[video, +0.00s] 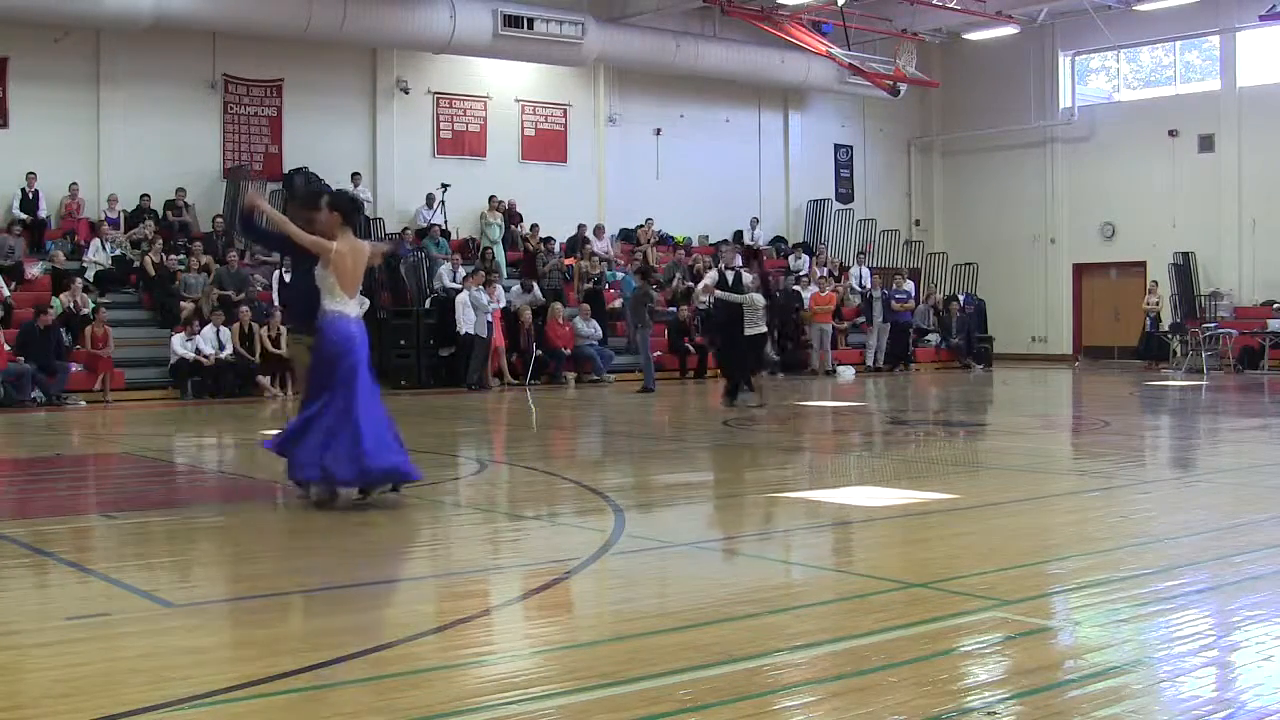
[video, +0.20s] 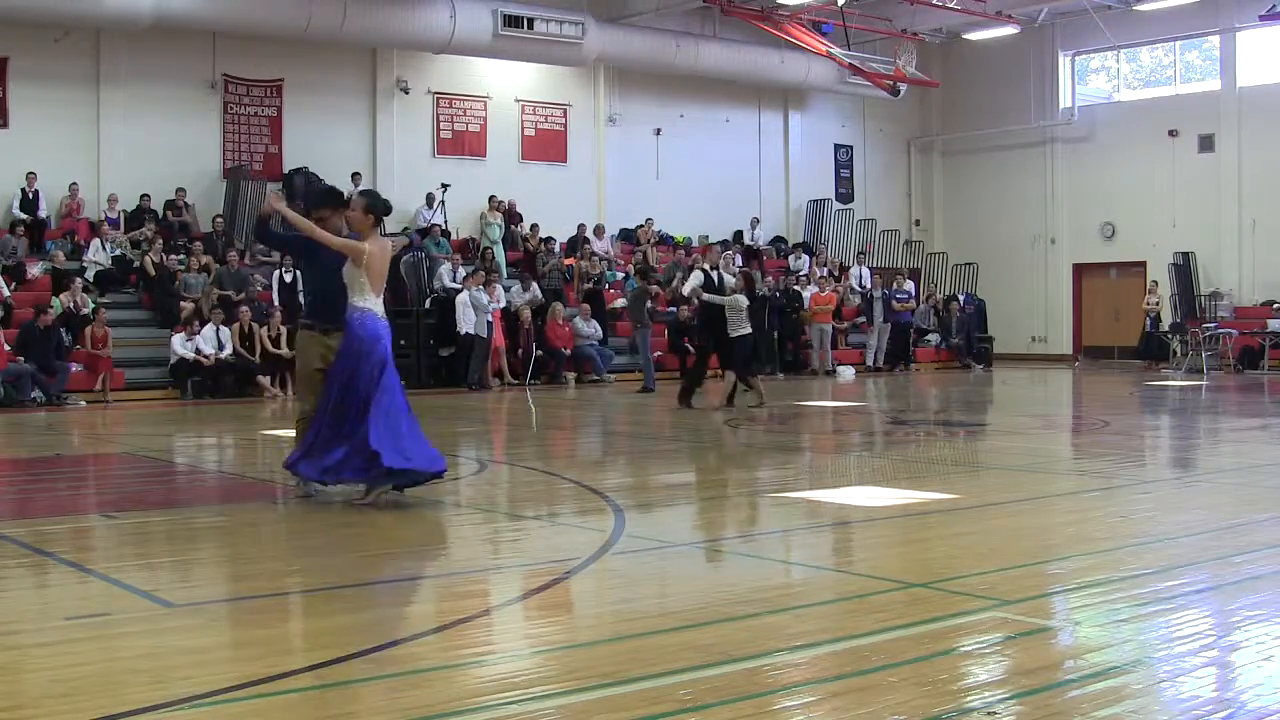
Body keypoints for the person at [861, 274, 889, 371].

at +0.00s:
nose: (874, 280)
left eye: (876, 278)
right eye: (873, 278)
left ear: (880, 281)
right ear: (871, 281)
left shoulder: (886, 294)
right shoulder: (867, 294)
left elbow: (889, 307)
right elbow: (866, 309)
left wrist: (888, 320)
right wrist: (868, 322)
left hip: (884, 322)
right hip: (873, 322)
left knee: (882, 344)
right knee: (871, 344)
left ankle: (879, 364)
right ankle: (869, 363)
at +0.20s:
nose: (874, 281)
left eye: (877, 279)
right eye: (873, 279)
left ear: (881, 281)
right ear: (871, 281)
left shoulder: (886, 294)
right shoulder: (868, 294)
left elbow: (890, 308)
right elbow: (866, 310)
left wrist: (889, 320)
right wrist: (869, 323)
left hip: (885, 322)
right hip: (874, 322)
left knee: (882, 345)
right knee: (871, 344)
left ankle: (879, 364)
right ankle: (869, 363)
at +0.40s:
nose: (875, 280)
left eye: (877, 278)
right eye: (874, 278)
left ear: (881, 281)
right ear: (872, 281)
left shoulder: (886, 293)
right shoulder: (868, 294)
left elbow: (890, 308)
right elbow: (867, 309)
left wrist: (890, 320)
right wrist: (869, 322)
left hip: (885, 322)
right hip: (874, 323)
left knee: (882, 345)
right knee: (871, 344)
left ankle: (879, 364)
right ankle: (869, 364)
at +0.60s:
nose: (875, 280)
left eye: (877, 278)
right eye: (874, 278)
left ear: (881, 281)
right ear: (872, 281)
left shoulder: (887, 293)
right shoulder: (868, 294)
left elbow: (890, 308)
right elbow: (867, 309)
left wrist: (890, 320)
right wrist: (869, 322)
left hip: (885, 322)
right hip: (874, 322)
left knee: (882, 345)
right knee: (871, 344)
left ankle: (879, 364)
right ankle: (869, 364)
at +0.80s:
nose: (876, 281)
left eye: (878, 279)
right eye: (875, 279)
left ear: (882, 281)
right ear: (873, 281)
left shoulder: (887, 293)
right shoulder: (869, 294)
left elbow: (890, 308)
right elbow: (867, 310)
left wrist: (890, 320)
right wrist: (870, 323)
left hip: (885, 323)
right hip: (874, 323)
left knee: (882, 345)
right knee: (871, 344)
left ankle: (879, 364)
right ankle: (869, 363)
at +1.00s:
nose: (876, 281)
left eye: (878, 279)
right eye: (875, 279)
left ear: (882, 281)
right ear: (873, 281)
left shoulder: (887, 293)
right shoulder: (869, 294)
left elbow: (890, 308)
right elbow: (867, 310)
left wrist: (890, 320)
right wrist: (870, 323)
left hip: (885, 323)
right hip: (874, 323)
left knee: (882, 345)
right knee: (871, 344)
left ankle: (879, 364)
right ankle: (869, 363)